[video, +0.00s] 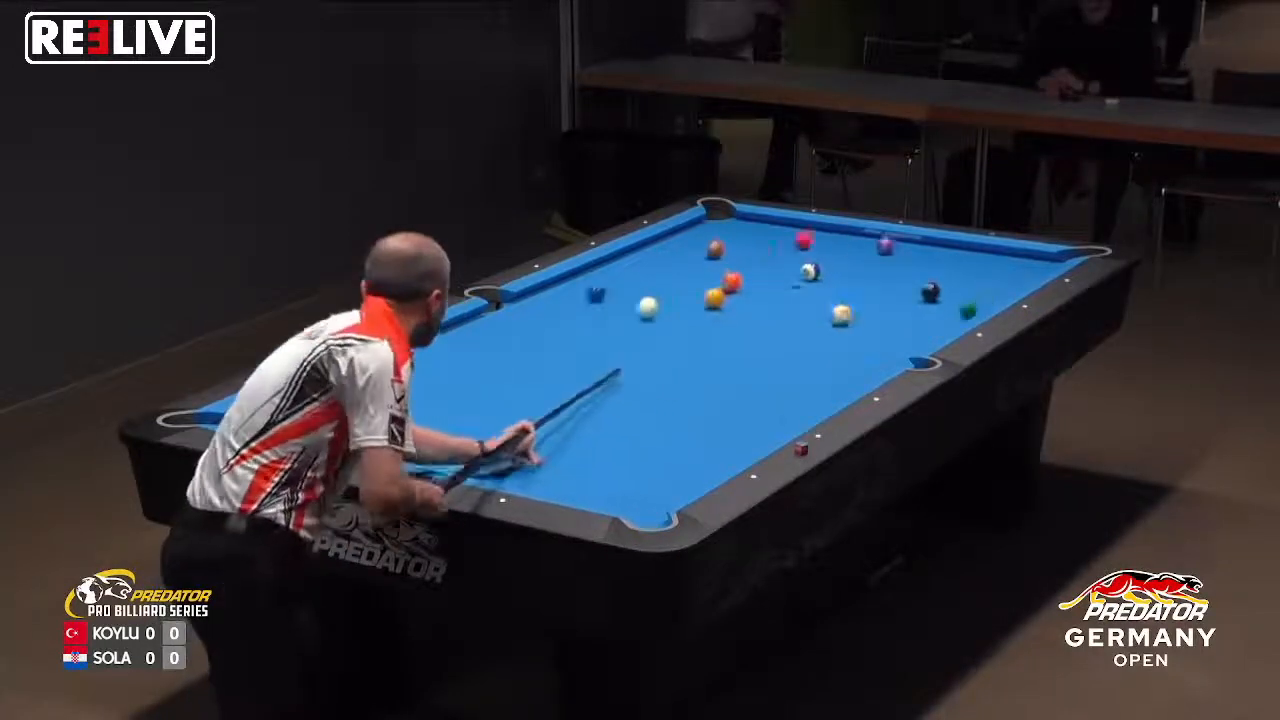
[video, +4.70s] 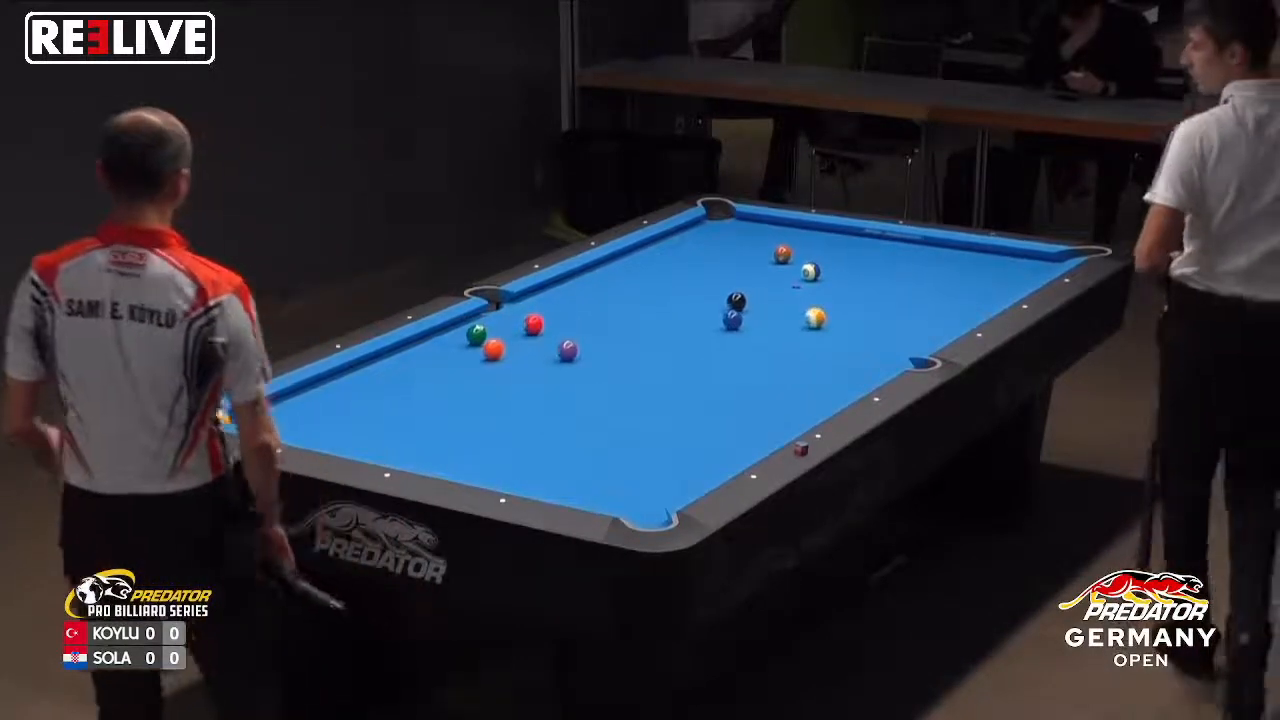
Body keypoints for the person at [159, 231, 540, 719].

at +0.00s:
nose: (447, 306)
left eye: (444, 294)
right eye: (447, 296)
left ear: (370, 285)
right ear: (435, 300)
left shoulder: (341, 331)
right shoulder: (377, 354)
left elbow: (389, 431)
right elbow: (381, 494)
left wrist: (481, 450)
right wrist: (419, 494)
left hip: (200, 538)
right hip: (246, 550)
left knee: (248, 698)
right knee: (279, 699)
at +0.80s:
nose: (398, 233)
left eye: (396, 219)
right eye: (397, 221)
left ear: (316, 223)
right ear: (384, 238)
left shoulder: (274, 292)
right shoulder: (332, 326)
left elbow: (290, 407)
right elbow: (326, 474)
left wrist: (386, 422)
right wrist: (387, 525)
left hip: (216, 537)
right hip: (264, 556)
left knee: (263, 695)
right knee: (286, 698)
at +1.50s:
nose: (354, 156)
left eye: (353, 143)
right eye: (353, 145)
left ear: (276, 148)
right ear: (339, 156)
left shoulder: (232, 232)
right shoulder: (313, 257)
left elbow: (244, 363)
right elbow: (348, 413)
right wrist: (389, 461)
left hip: (241, 473)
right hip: (303, 484)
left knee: (277, 651)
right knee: (329, 651)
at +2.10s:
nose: (334, 174)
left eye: (331, 161)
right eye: (332, 162)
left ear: (249, 168)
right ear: (320, 174)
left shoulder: (207, 261)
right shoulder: (314, 291)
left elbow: (196, 384)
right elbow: (358, 451)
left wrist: (227, 453)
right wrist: (405, 511)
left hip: (246, 500)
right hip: (317, 508)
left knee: (280, 663)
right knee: (349, 662)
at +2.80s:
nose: (336, 228)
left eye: (333, 212)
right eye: (335, 215)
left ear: (245, 215)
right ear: (320, 230)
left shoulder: (184, 316)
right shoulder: (324, 353)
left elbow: (179, 447)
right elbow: (372, 510)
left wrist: (194, 544)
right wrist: (421, 610)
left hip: (231, 571)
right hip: (316, 579)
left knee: (259, 705)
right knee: (335, 704)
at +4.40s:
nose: (254, 203)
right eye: (253, 192)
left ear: (160, 203)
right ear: (244, 202)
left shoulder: (106, 302)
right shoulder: (271, 321)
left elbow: (86, 441)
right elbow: (314, 473)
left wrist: (106, 502)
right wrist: (337, 565)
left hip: (151, 539)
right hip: (251, 544)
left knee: (155, 689)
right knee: (270, 689)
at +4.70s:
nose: (188, 182)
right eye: (187, 172)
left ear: (103, 176)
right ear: (180, 182)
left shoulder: (46, 279)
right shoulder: (218, 291)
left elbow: (17, 423)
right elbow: (258, 440)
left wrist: (52, 446)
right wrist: (270, 522)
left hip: (94, 522)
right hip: (191, 521)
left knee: (124, 694)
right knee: (239, 682)